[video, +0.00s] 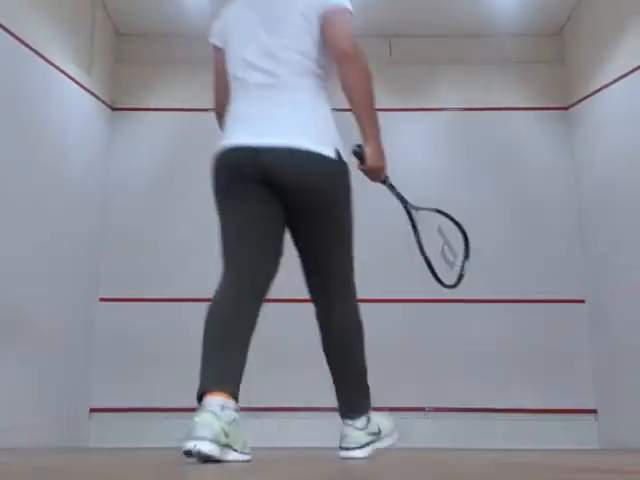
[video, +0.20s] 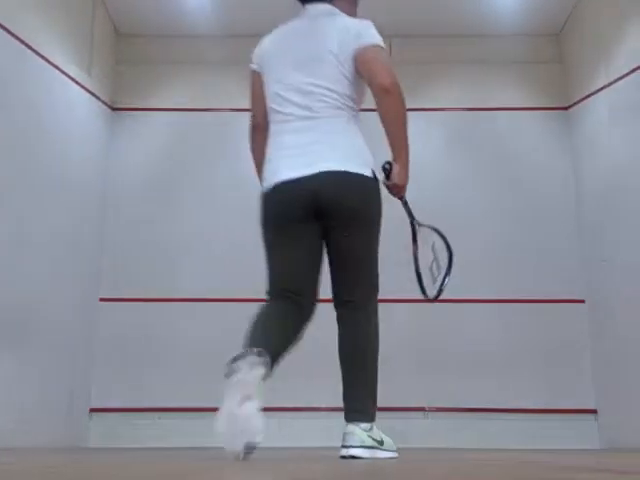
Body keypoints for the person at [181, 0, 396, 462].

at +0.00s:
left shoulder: (229, 12)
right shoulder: (325, 4)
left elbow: (222, 104)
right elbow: (347, 53)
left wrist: (251, 143)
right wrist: (372, 142)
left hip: (238, 155)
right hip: (309, 156)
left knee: (240, 280)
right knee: (334, 292)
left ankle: (215, 412)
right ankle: (357, 423)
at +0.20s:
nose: (358, 8)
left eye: (356, 5)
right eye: (357, 3)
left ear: (304, 1)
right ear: (345, 2)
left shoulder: (268, 44)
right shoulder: (355, 29)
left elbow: (259, 124)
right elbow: (386, 85)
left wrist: (271, 183)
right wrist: (401, 158)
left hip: (283, 184)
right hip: (347, 178)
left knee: (289, 296)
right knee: (356, 305)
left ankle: (251, 364)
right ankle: (360, 428)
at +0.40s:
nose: (384, 27)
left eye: (382, 18)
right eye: (380, 17)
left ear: (325, 20)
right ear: (366, 16)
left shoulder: (295, 64)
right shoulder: (382, 53)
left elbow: (286, 139)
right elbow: (408, 111)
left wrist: (280, 202)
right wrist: (407, 181)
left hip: (304, 198)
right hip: (364, 191)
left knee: (315, 303)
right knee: (368, 307)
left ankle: (309, 400)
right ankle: (367, 426)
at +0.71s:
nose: (373, 71)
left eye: (373, 64)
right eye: (371, 64)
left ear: (329, 65)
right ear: (353, 62)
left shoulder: (298, 110)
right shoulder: (366, 96)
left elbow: (288, 176)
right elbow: (381, 154)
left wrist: (275, 230)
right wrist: (390, 215)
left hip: (301, 227)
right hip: (351, 221)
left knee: (311, 328)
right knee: (361, 318)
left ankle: (300, 429)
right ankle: (366, 407)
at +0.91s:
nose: (362, 96)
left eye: (362, 89)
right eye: (359, 89)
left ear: (319, 89)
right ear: (344, 87)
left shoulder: (291, 126)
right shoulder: (352, 117)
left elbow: (282, 188)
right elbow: (359, 163)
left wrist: (283, 232)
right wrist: (374, 221)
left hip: (288, 239)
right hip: (334, 238)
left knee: (300, 333)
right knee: (349, 323)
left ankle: (298, 428)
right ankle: (354, 382)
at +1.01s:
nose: (360, 105)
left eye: (360, 98)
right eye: (358, 98)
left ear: (319, 95)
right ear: (343, 94)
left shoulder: (293, 131)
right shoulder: (348, 123)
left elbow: (284, 194)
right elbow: (354, 164)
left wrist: (291, 235)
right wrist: (372, 223)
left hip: (289, 243)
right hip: (335, 243)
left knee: (300, 333)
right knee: (347, 330)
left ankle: (298, 428)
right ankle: (341, 411)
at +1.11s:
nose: (360, 116)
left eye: (360, 110)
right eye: (357, 109)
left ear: (322, 108)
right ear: (342, 106)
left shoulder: (295, 143)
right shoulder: (345, 135)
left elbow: (287, 201)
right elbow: (349, 174)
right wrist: (371, 229)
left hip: (290, 249)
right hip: (336, 249)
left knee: (300, 335)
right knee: (344, 337)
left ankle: (297, 427)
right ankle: (337, 428)